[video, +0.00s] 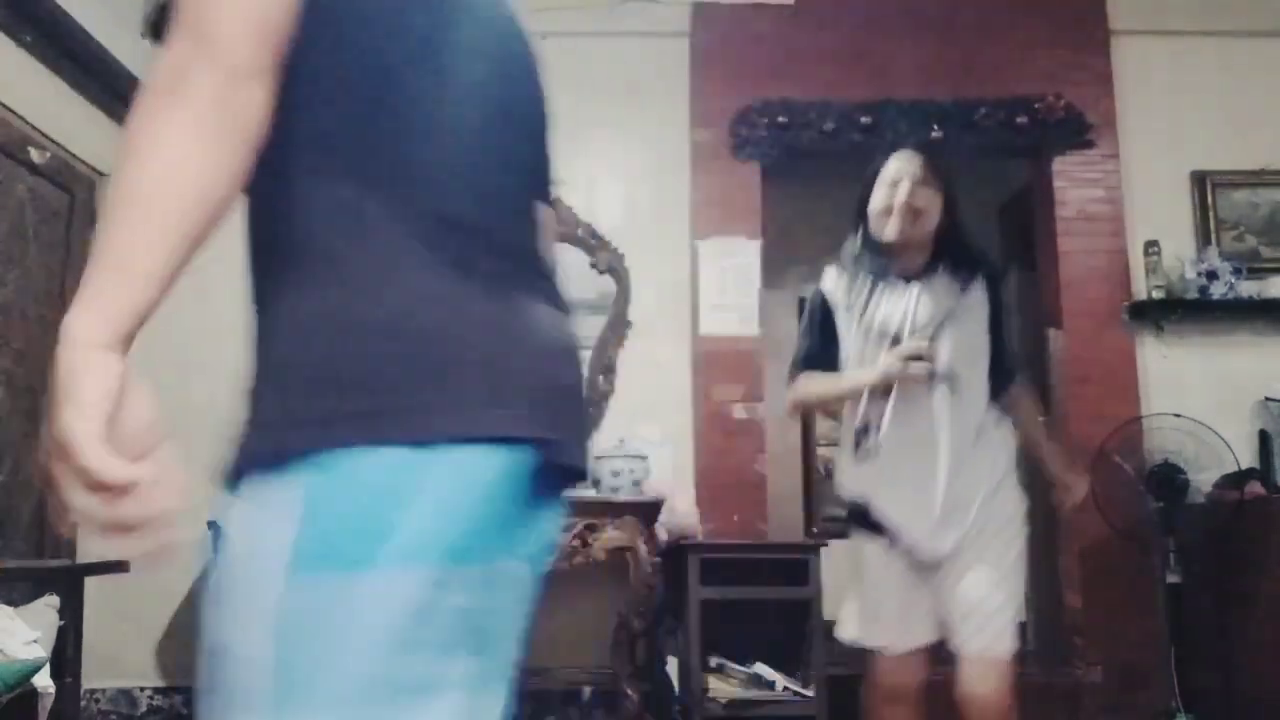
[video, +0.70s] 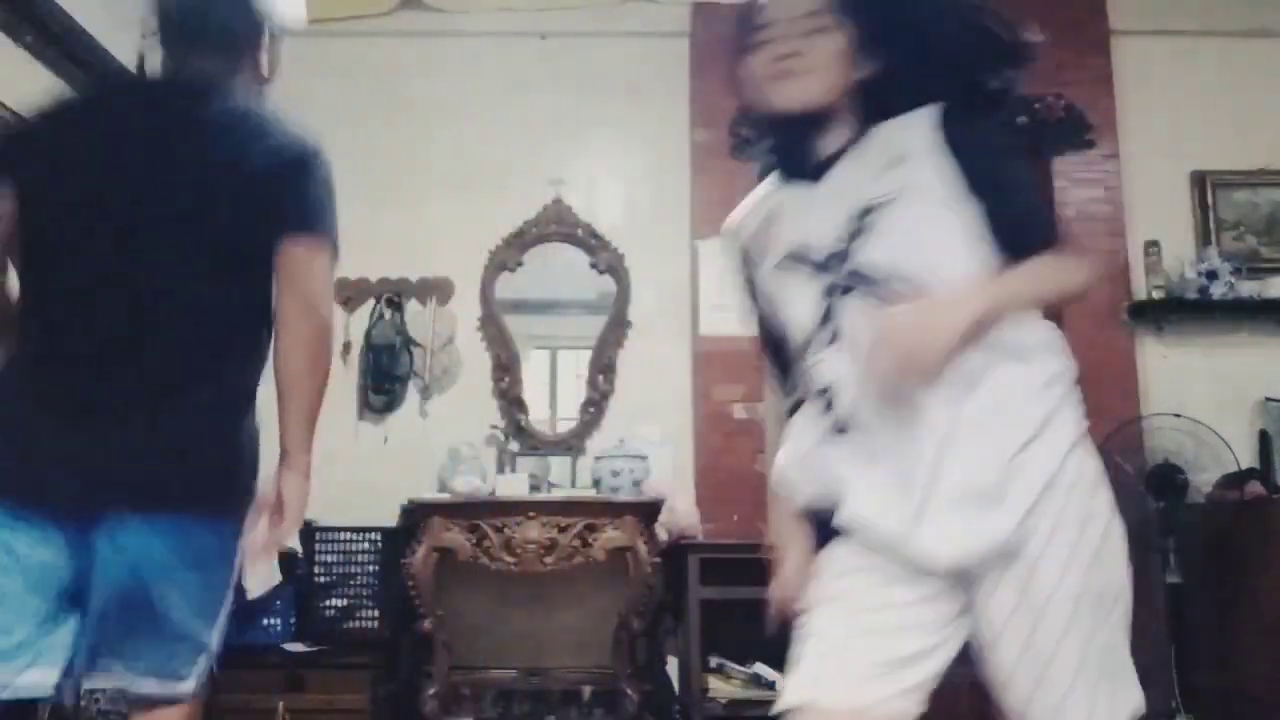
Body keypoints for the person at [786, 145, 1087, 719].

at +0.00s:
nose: (904, 201)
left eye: (921, 190)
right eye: (891, 187)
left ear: (943, 207)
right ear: (870, 200)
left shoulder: (982, 284)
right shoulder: (838, 286)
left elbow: (1010, 385)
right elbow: (800, 392)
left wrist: (1055, 461)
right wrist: (876, 376)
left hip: (981, 510)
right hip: (885, 512)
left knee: (987, 693)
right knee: (896, 685)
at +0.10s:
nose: (927, 156)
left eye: (943, 146)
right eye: (914, 144)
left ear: (967, 165)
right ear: (890, 160)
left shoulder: (1002, 245)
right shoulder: (853, 254)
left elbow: (1038, 359)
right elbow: (824, 364)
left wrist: (1083, 455)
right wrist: (878, 388)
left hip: (1012, 475)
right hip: (914, 486)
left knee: (1028, 676)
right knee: (969, 681)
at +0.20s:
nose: (945, 164)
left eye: (964, 152)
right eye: (929, 151)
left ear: (990, 175)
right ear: (904, 170)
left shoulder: (1026, 251)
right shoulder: (876, 262)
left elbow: (1054, 371)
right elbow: (857, 384)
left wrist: (1092, 482)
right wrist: (901, 479)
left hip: (1052, 480)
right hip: (956, 493)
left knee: (1086, 686)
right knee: (1033, 695)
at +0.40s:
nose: (949, 150)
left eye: (970, 133)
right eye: (930, 136)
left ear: (1001, 153)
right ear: (904, 159)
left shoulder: (1058, 244)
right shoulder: (883, 272)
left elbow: (1117, 372)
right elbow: (880, 418)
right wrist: (898, 553)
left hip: (1117, 521)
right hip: (997, 549)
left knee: (1169, 705)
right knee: (1069, 713)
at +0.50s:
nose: (926, 95)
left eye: (947, 75)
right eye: (905, 79)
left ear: (983, 93)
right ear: (878, 102)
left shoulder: (1046, 181)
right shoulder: (856, 222)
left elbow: (1142, 285)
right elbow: (842, 349)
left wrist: (1219, 263)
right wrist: (883, 461)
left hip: (1099, 495)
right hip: (966, 513)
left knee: (1156, 707)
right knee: (1027, 710)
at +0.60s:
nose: (871, 47)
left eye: (898, 26)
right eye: (848, 29)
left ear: (938, 45)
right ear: (821, 50)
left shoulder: (1013, 135)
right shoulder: (810, 185)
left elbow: (1137, 248)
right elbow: (822, 332)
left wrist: (1096, 211)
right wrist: (837, 408)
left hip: (1058, 472)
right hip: (909, 492)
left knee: (1116, 703)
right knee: (928, 708)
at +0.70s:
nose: (785, 47)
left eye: (813, 24)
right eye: (763, 33)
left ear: (864, 39)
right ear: (741, 66)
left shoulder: (958, 129)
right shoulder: (757, 227)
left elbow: (1071, 263)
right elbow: (789, 394)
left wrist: (961, 306)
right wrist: (791, 531)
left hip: (1031, 502)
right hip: (883, 529)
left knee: (1078, 709)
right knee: (820, 706)